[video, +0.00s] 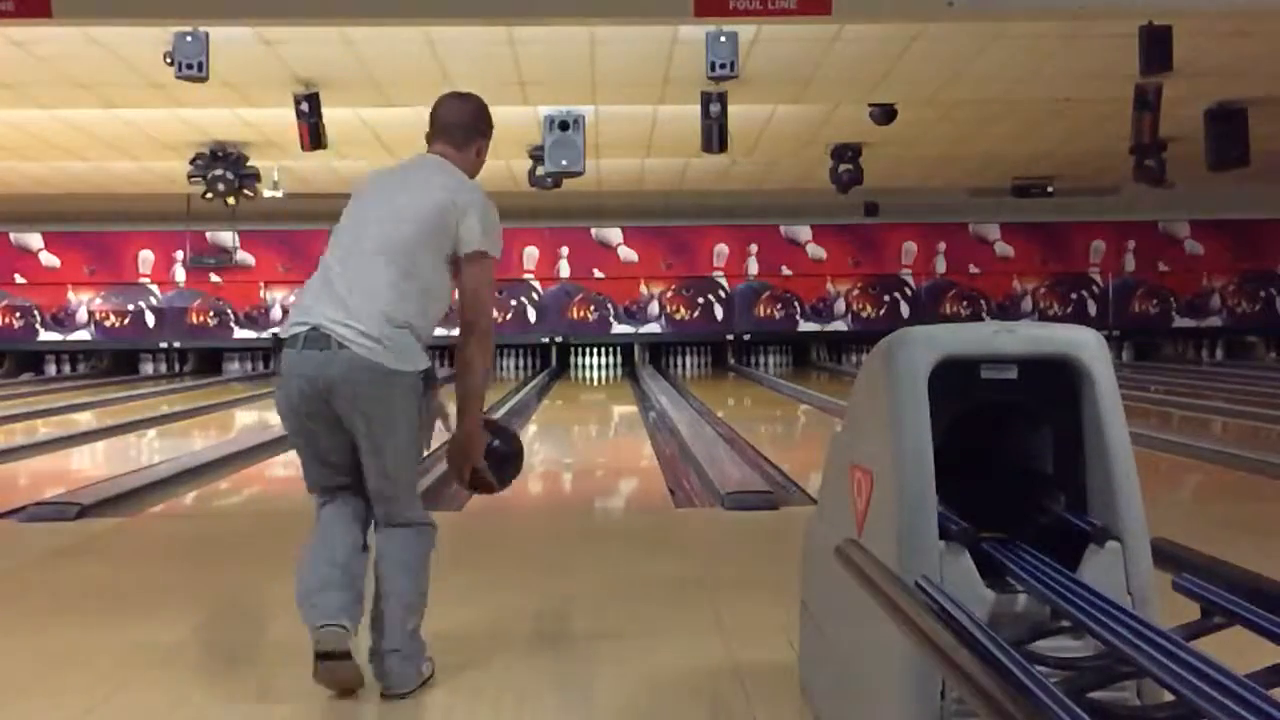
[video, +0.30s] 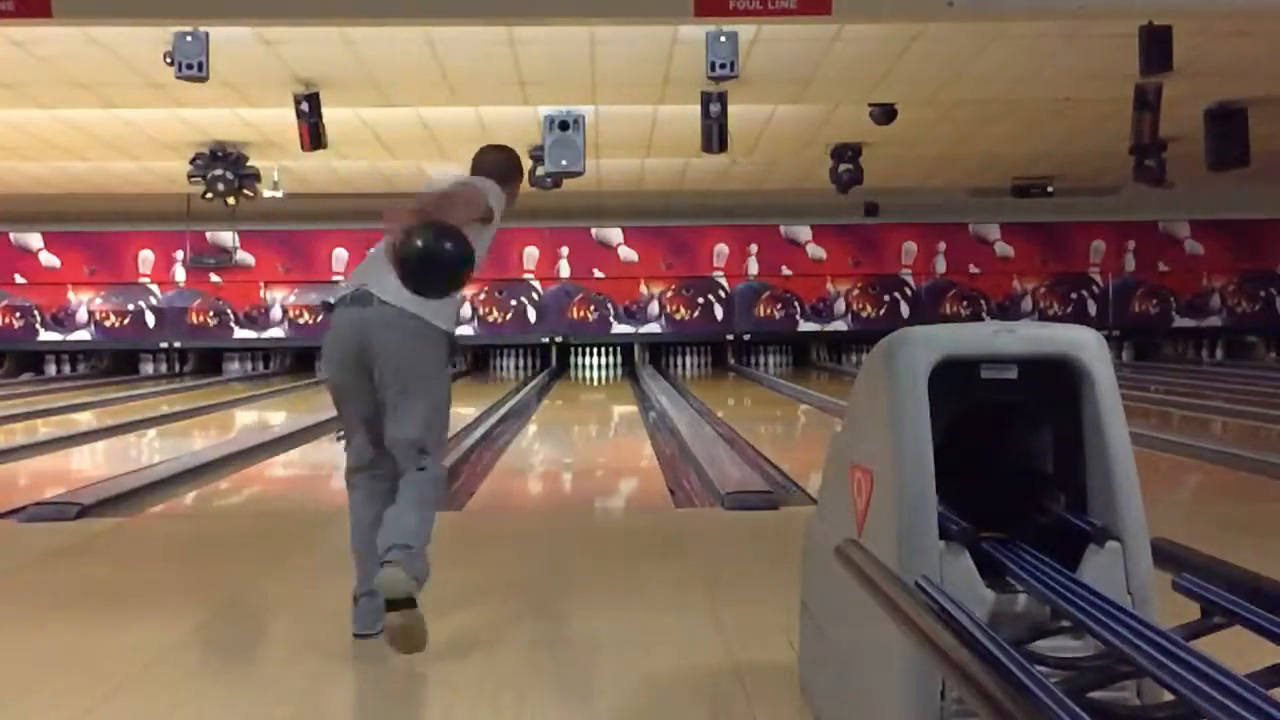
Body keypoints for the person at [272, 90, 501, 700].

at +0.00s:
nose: (486, 157)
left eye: (486, 148)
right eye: (488, 147)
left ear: (428, 135)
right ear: (481, 144)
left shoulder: (374, 184)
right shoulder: (468, 198)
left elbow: (367, 289)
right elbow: (477, 325)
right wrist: (468, 429)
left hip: (302, 359)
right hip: (377, 368)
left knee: (339, 497)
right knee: (401, 517)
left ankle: (330, 626)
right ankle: (398, 665)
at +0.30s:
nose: (516, 195)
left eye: (514, 188)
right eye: (518, 187)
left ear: (474, 165)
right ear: (513, 181)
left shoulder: (436, 193)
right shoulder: (490, 191)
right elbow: (458, 203)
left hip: (345, 323)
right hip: (407, 328)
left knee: (367, 466)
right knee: (419, 462)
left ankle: (369, 611)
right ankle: (399, 565)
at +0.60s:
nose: (544, 278)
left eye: (548, 271)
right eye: (548, 268)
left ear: (524, 247)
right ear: (543, 259)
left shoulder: (479, 271)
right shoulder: (513, 261)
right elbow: (494, 222)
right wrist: (467, 183)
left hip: (389, 366)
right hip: (440, 369)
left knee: (421, 451)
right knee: (460, 479)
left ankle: (405, 520)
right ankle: (426, 574)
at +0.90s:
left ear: (518, 285)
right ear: (551, 289)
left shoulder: (494, 301)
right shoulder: (559, 317)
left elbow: (431, 319)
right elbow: (550, 355)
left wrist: (379, 339)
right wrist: (544, 409)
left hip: (443, 380)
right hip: (486, 393)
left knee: (487, 436)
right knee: (445, 469)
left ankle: (510, 506)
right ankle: (394, 508)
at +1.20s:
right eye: (577, 263)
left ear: (544, 260)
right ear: (574, 263)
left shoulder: (523, 271)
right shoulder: (576, 281)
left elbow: (494, 265)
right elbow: (593, 268)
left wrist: (466, 257)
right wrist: (586, 232)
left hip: (470, 345)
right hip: (481, 345)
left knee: (513, 419)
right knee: (425, 417)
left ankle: (515, 505)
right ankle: (353, 374)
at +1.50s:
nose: (587, 228)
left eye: (584, 221)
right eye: (588, 222)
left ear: (557, 213)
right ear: (585, 220)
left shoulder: (529, 231)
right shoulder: (585, 246)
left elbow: (482, 229)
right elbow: (623, 247)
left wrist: (435, 230)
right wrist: (633, 234)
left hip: (485, 331)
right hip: (489, 326)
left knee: (508, 418)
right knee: (434, 398)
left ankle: (510, 503)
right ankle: (384, 335)